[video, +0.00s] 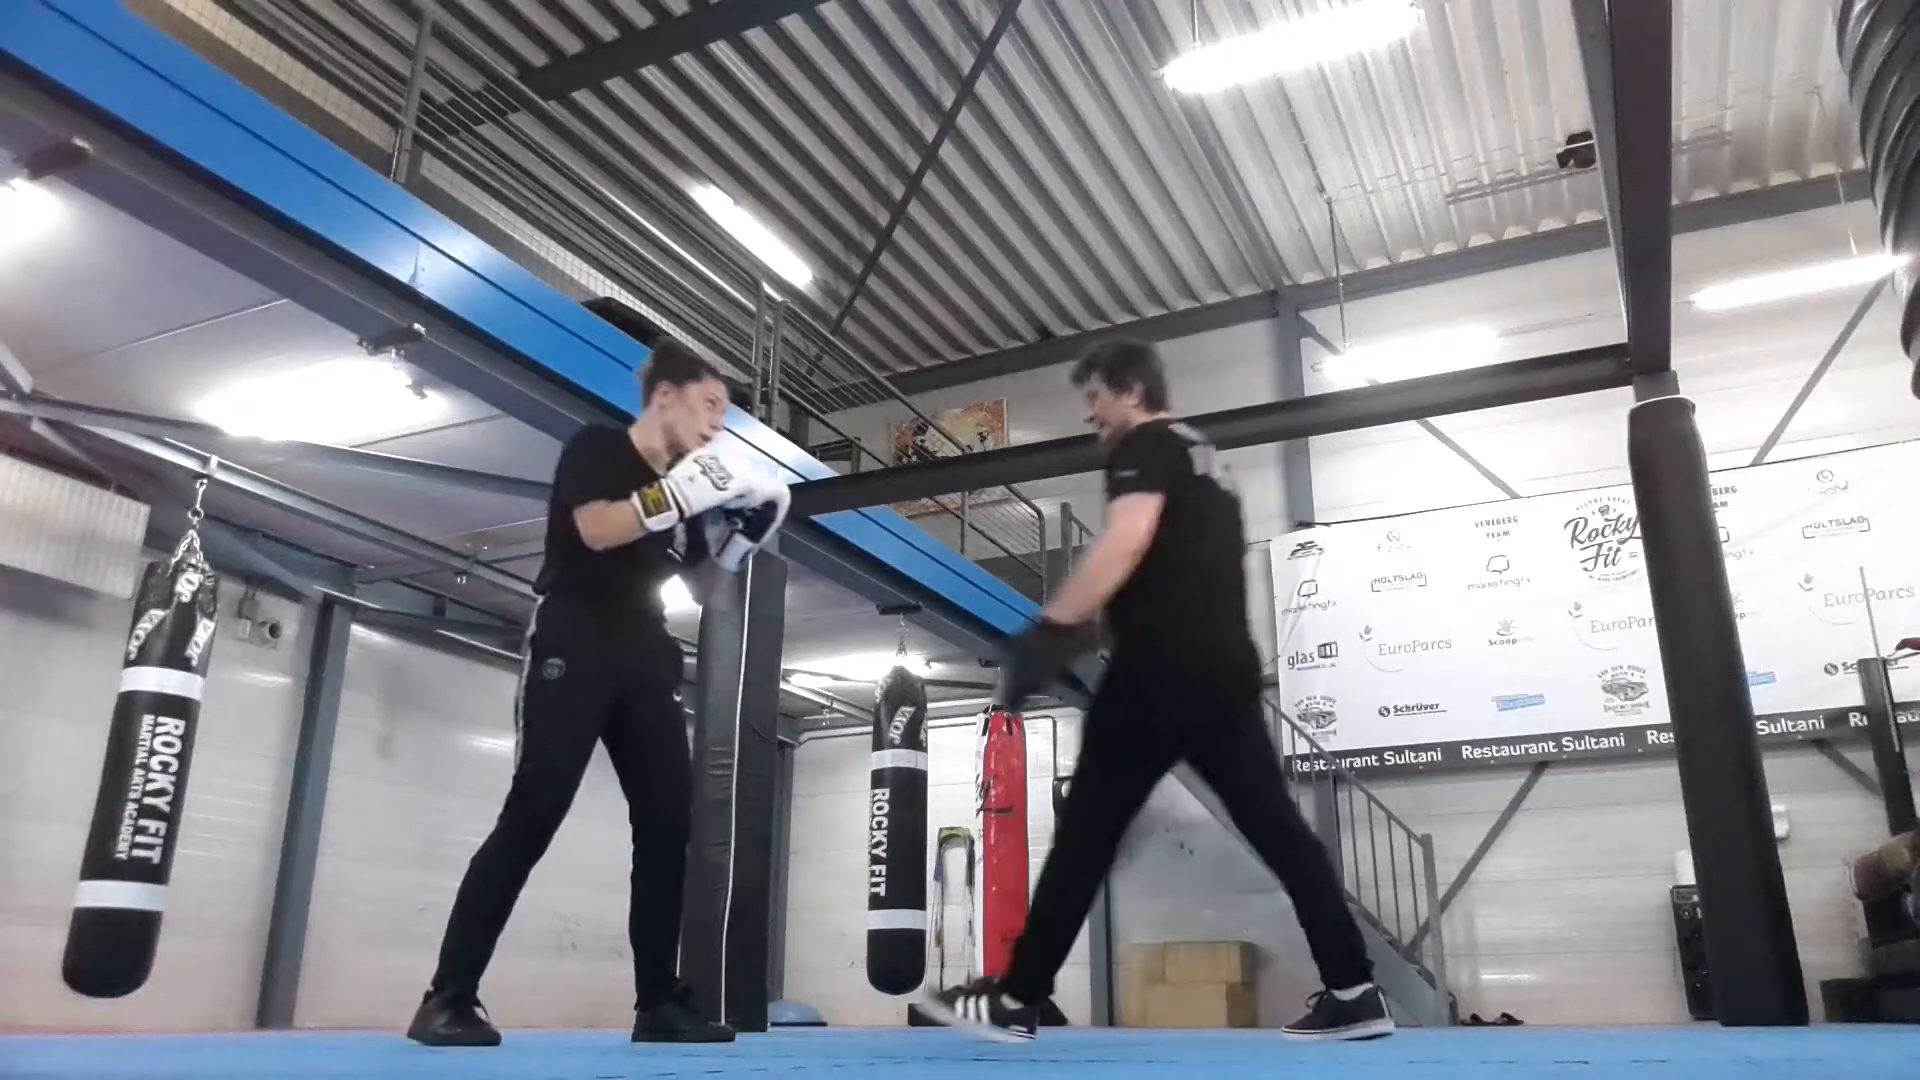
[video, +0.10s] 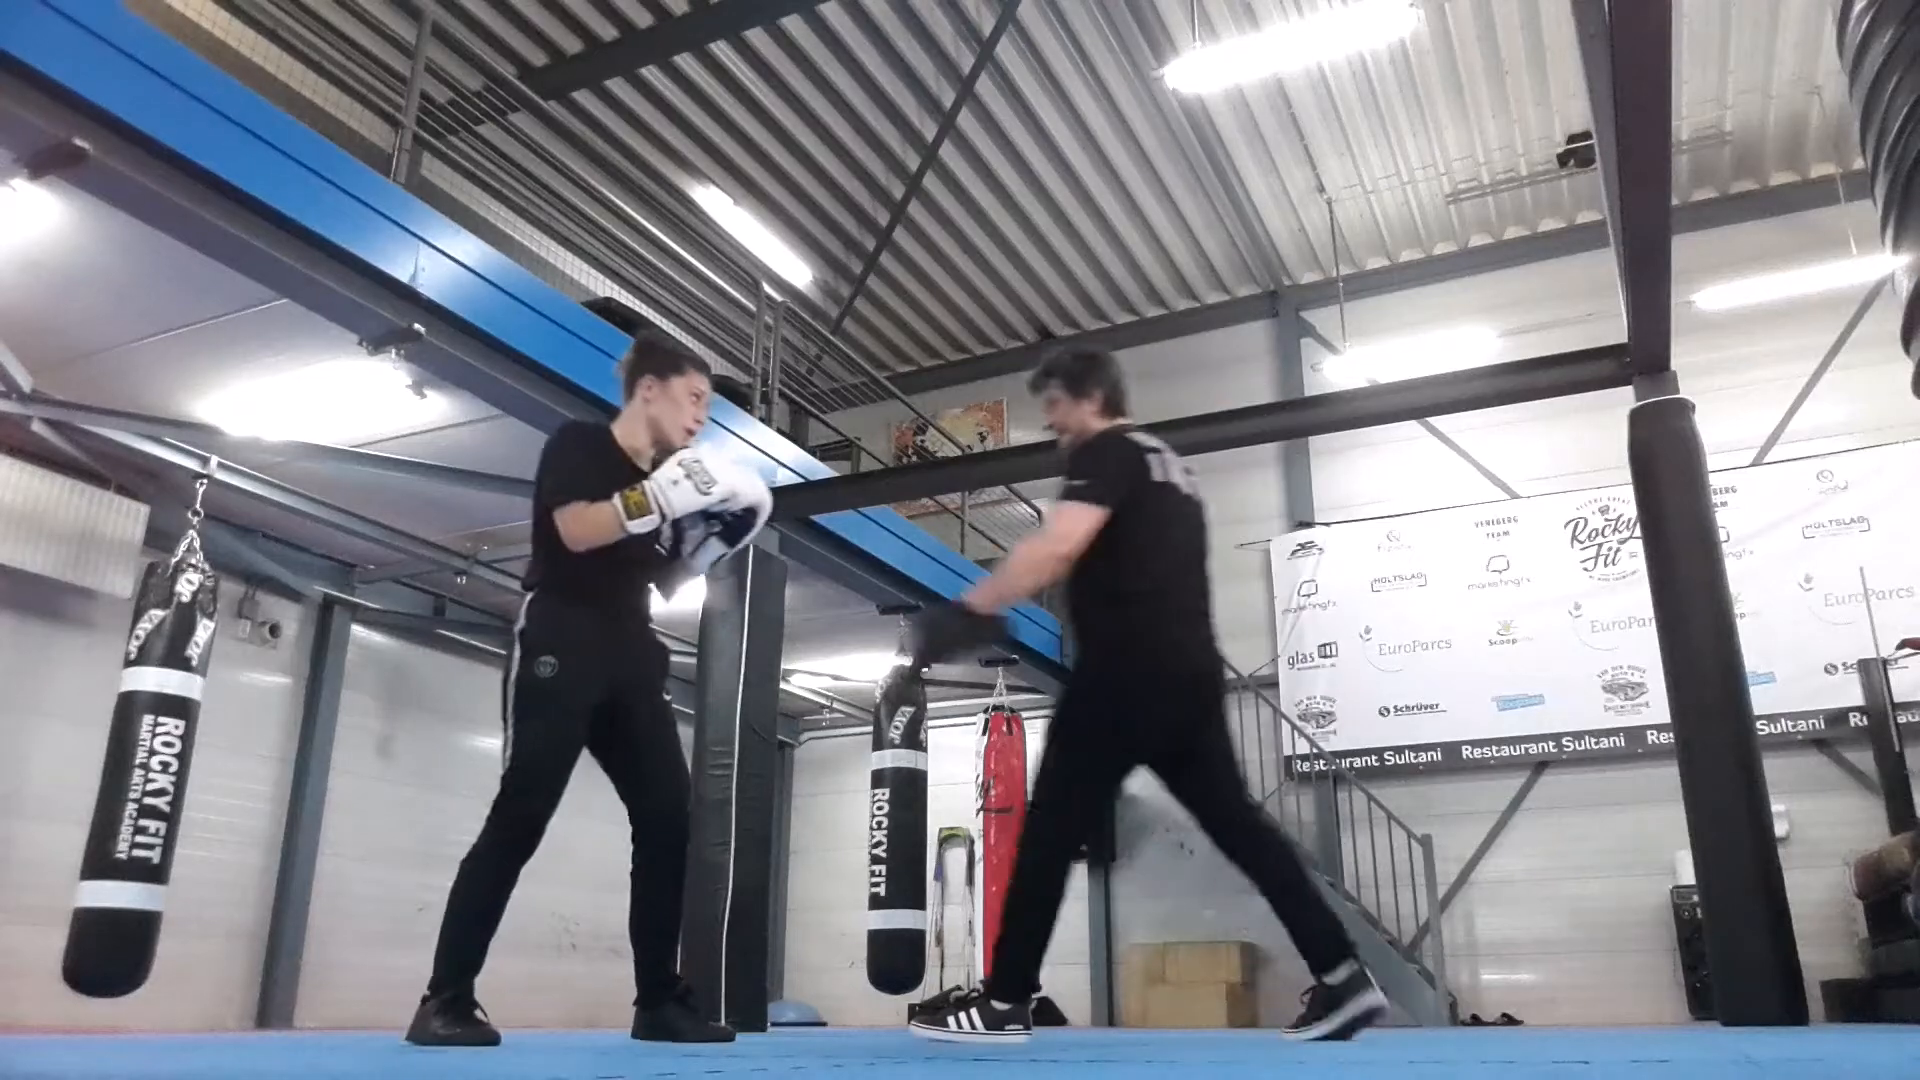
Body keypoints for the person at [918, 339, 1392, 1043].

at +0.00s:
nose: (1088, 416)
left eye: (1093, 400)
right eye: (1086, 403)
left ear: (1129, 392)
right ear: (1147, 397)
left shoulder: (1145, 446)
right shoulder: (1205, 458)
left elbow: (1127, 539)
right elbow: (1184, 574)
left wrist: (1050, 627)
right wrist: (1094, 630)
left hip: (1154, 676)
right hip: (1221, 674)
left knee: (1086, 833)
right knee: (1281, 832)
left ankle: (1021, 991)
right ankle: (1353, 990)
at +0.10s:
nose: (1051, 424)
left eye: (1055, 408)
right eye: (1047, 411)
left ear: (1091, 399)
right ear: (1110, 401)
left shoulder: (1105, 454)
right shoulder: (1169, 464)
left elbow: (1054, 549)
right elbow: (1140, 572)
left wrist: (972, 605)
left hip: (1117, 684)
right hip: (1185, 681)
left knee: (1049, 829)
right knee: (1237, 823)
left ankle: (1006, 997)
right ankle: (1343, 977)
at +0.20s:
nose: (1008, 423)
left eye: (1014, 406)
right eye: (1004, 409)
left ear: (1050, 396)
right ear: (1069, 400)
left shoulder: (1070, 451)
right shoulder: (1129, 457)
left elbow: (998, 530)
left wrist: (895, 578)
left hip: (1085, 673)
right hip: (1151, 673)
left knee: (1027, 826)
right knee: (1181, 825)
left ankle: (1004, 999)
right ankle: (1308, 944)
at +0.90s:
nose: (914, 470)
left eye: (922, 453)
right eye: (907, 460)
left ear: (959, 444)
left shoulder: (987, 492)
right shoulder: (992, 506)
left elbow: (941, 558)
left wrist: (850, 598)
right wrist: (879, 606)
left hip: (984, 689)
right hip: (1021, 692)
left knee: (906, 817)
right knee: (1020, 850)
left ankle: (870, 983)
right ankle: (1077, 1000)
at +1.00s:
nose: (888, 468)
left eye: (897, 452)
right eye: (883, 456)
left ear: (935, 445)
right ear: (931, 453)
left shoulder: (962, 494)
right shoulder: (959, 511)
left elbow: (911, 556)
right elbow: (911, 587)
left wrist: (819, 595)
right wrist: (852, 606)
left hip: (966, 697)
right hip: (994, 698)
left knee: (890, 830)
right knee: (1012, 855)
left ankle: (829, 991)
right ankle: (1075, 1000)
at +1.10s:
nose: (855, 467)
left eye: (864, 451)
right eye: (851, 455)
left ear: (906, 447)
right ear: (905, 454)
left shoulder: (930, 499)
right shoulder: (936, 510)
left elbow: (884, 569)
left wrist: (792, 613)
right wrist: (812, 628)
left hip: (926, 708)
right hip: (963, 710)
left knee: (842, 829)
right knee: (991, 859)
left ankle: (809, 1000)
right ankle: (1067, 993)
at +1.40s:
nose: (810, 421)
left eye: (819, 405)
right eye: (806, 408)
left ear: (861, 400)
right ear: (836, 407)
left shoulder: (882, 459)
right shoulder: (870, 474)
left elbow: (835, 526)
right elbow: (870, 588)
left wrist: (747, 559)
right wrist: (814, 656)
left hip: (881, 667)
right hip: (873, 667)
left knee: (822, 813)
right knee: (855, 821)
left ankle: (808, 1001)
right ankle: (919, 978)